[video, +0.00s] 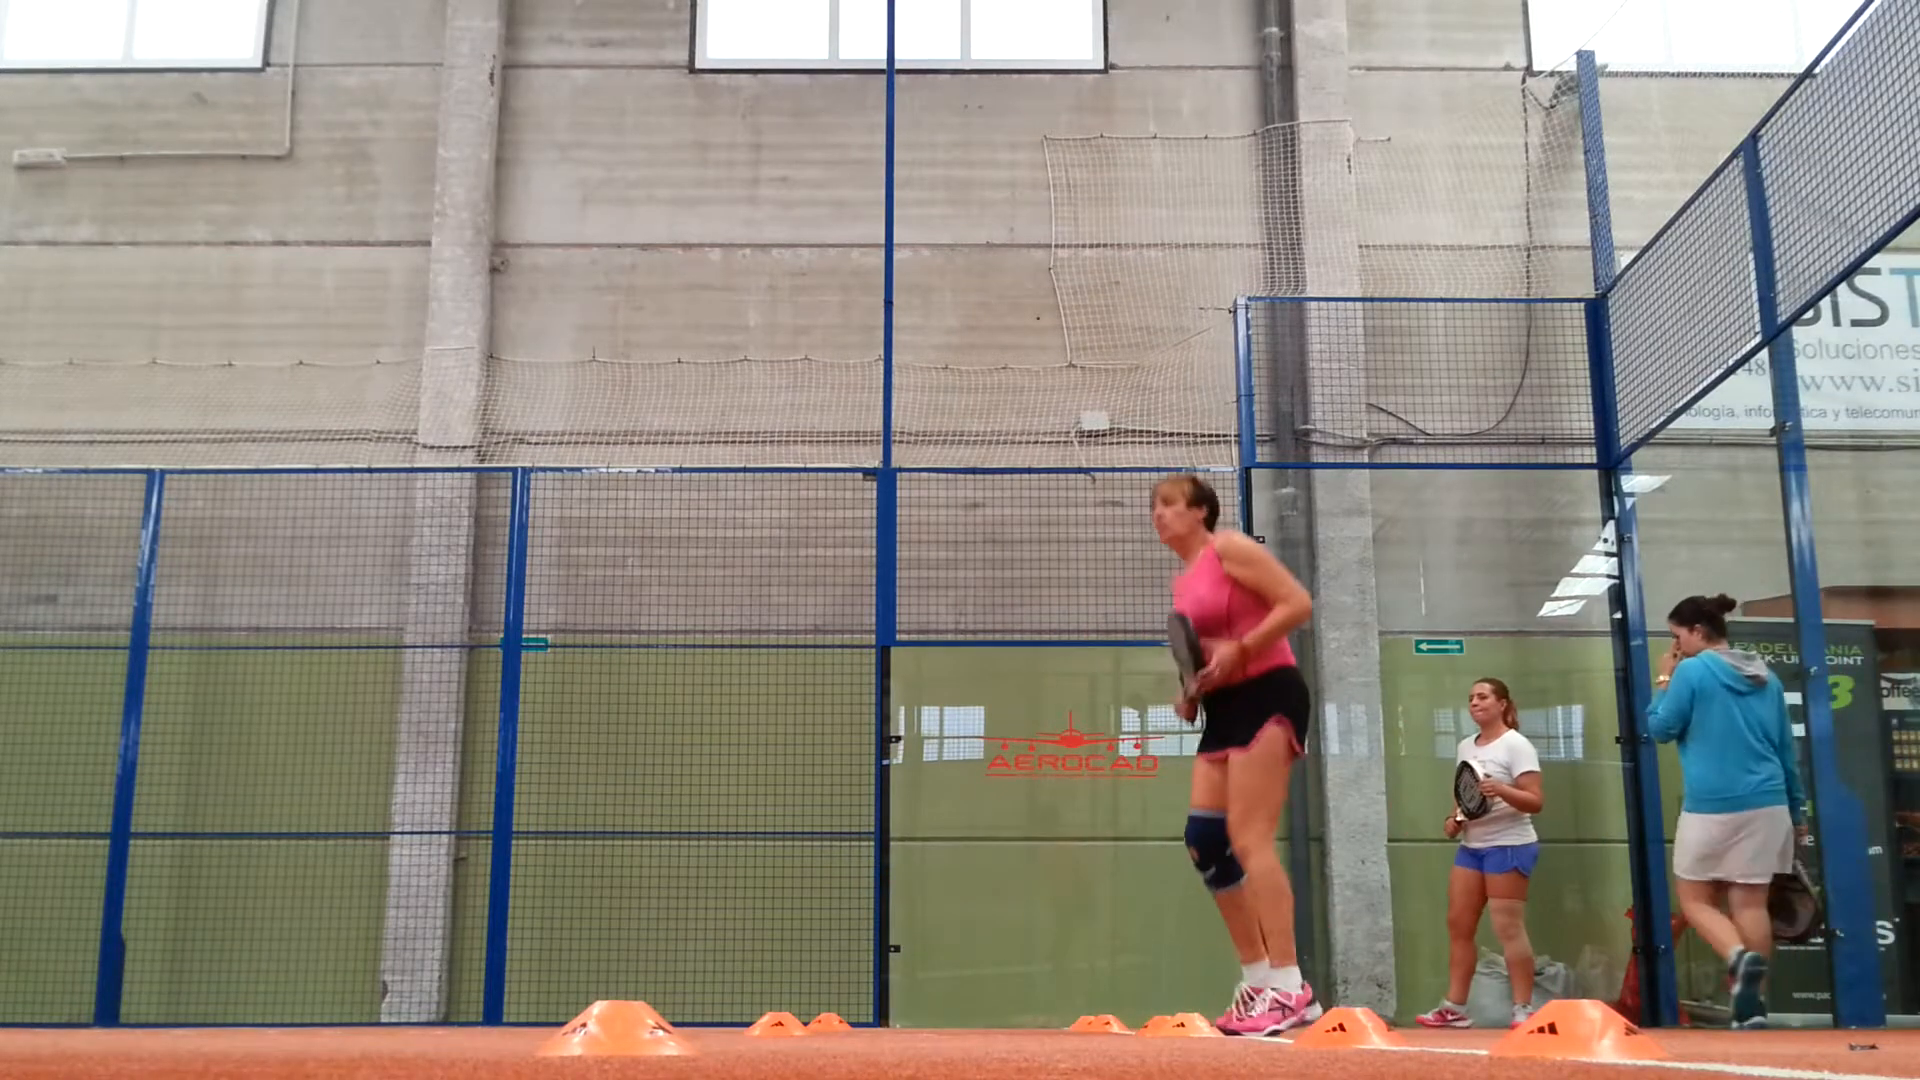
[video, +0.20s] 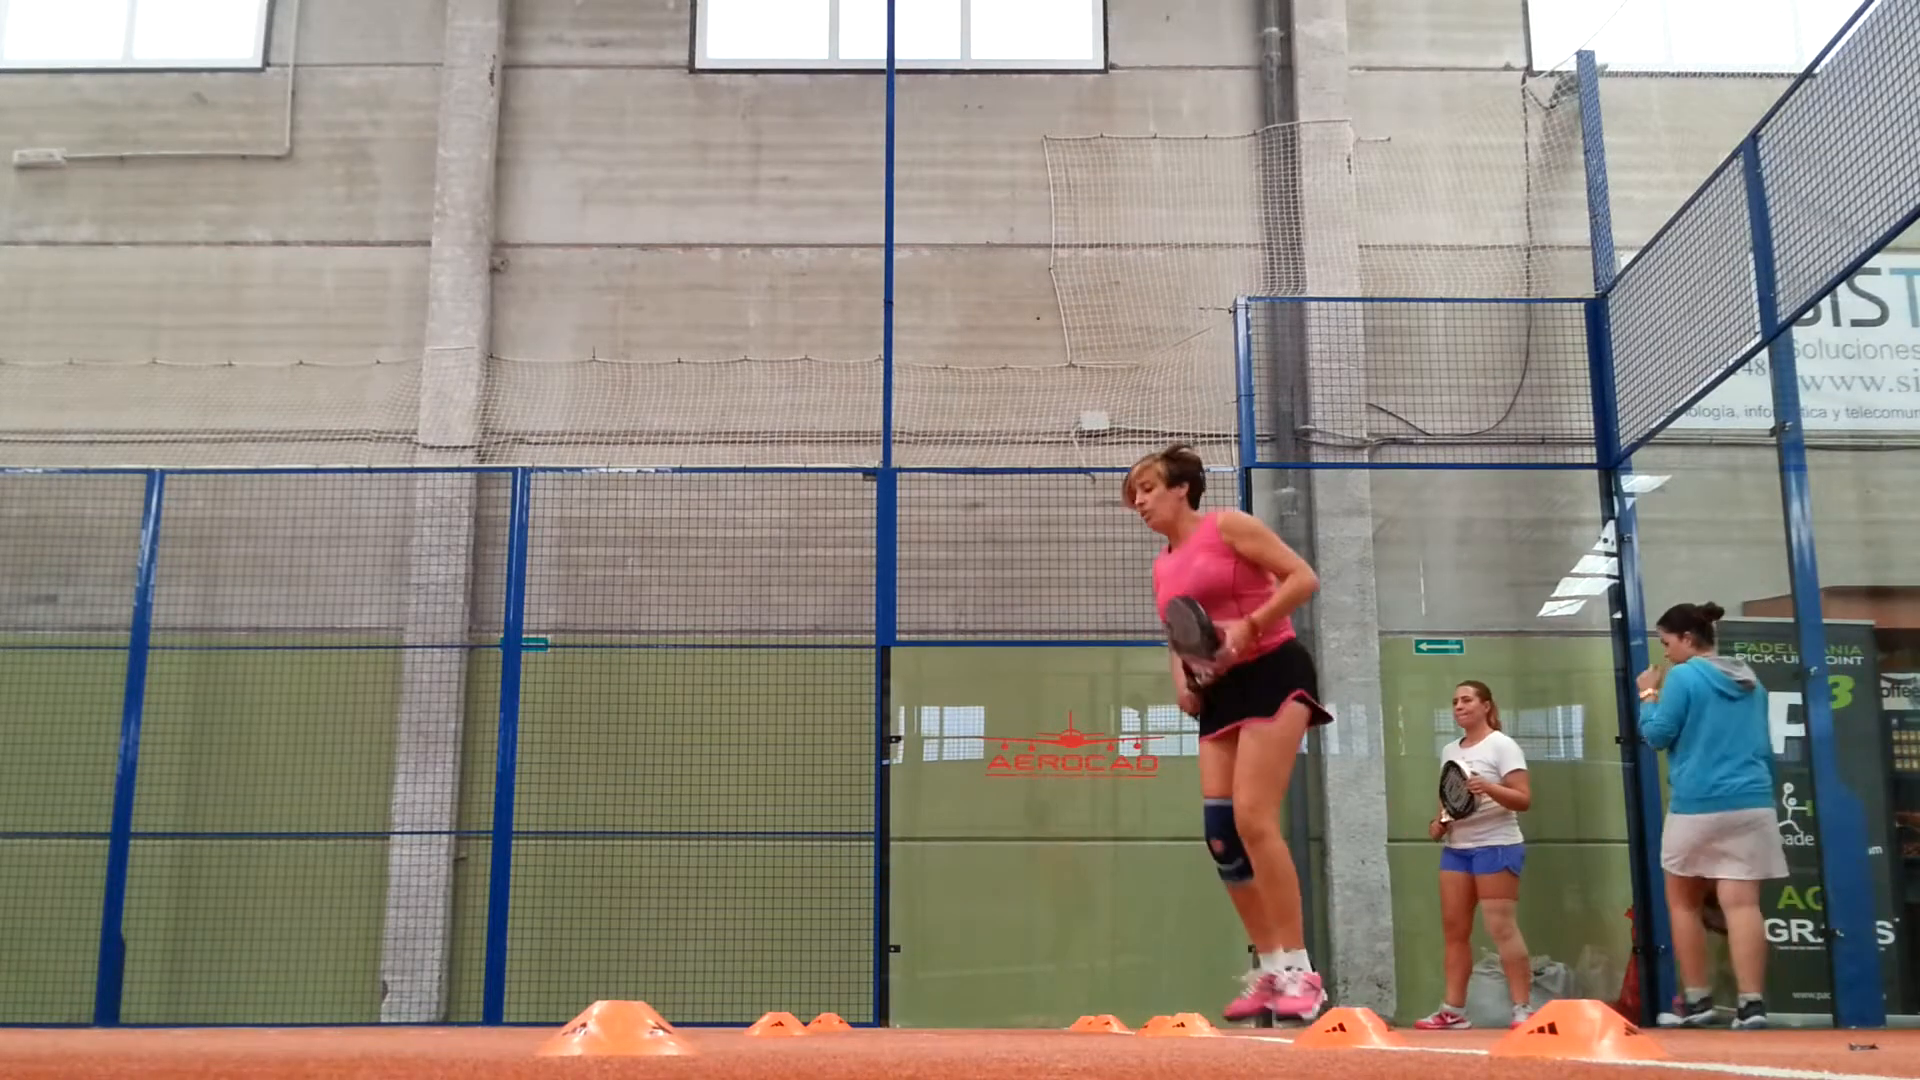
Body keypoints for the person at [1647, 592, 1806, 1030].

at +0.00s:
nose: (1675, 645)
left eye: (1677, 637)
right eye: (1674, 638)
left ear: (1697, 632)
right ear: (1715, 633)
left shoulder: (1692, 670)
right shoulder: (1764, 674)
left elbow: (1661, 727)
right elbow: (1785, 749)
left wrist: (1664, 682)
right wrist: (1796, 812)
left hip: (1709, 805)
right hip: (1767, 802)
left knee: (1696, 901)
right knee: (1751, 902)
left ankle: (1737, 957)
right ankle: (1752, 1009)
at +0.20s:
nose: (1663, 651)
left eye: (1665, 642)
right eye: (1661, 643)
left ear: (1686, 639)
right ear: (1703, 640)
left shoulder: (1684, 675)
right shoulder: (1749, 678)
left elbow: (1658, 733)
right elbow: (1764, 748)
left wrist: (1647, 697)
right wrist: (1760, 795)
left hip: (1697, 803)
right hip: (1752, 800)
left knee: (1683, 900)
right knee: (1743, 902)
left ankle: (1697, 1000)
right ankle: (1752, 1004)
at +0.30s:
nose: (1656, 657)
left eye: (1658, 648)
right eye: (1654, 649)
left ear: (1679, 644)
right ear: (1694, 645)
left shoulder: (1677, 682)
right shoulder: (1737, 682)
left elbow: (1660, 740)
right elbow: (1744, 743)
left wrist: (1638, 713)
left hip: (1691, 812)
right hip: (1744, 805)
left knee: (1683, 910)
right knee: (1738, 903)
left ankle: (1680, 1003)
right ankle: (1750, 1003)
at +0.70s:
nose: (1624, 665)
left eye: (1630, 657)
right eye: (1623, 658)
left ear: (1655, 656)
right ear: (1660, 659)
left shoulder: (1649, 696)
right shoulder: (1692, 696)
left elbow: (1638, 761)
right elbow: (1692, 756)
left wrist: (1620, 771)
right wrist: (1637, 764)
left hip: (1664, 819)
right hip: (1705, 816)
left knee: (1674, 916)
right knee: (1696, 907)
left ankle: (1680, 1010)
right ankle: (1722, 975)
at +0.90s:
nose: (1621, 670)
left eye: (1628, 662)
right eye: (1618, 663)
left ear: (1653, 663)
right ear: (1643, 666)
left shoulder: (1649, 702)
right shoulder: (1667, 701)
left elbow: (1630, 765)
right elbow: (1650, 776)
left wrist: (1616, 783)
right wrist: (1631, 830)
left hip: (1663, 817)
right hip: (1678, 816)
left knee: (1669, 914)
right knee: (1674, 915)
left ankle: (1681, 1008)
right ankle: (1683, 1006)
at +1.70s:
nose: (1635, 674)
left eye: (1643, 668)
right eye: (1629, 669)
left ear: (1657, 674)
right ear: (1621, 676)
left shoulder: (1679, 713)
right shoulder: (1613, 724)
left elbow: (1696, 762)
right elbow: (1611, 777)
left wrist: (1647, 778)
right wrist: (1615, 825)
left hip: (1690, 829)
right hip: (1643, 835)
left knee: (1700, 917)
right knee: (1662, 920)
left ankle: (1712, 999)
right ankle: (1675, 1006)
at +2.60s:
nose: (1668, 679)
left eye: (1675, 672)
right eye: (1662, 674)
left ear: (1692, 678)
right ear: (1655, 683)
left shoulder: (1716, 722)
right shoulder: (1644, 727)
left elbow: (1744, 774)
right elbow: (1632, 773)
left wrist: (1704, 783)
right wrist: (1635, 789)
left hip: (1708, 837)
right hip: (1659, 837)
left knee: (1705, 918)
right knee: (1653, 914)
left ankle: (1709, 1003)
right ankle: (1672, 1000)